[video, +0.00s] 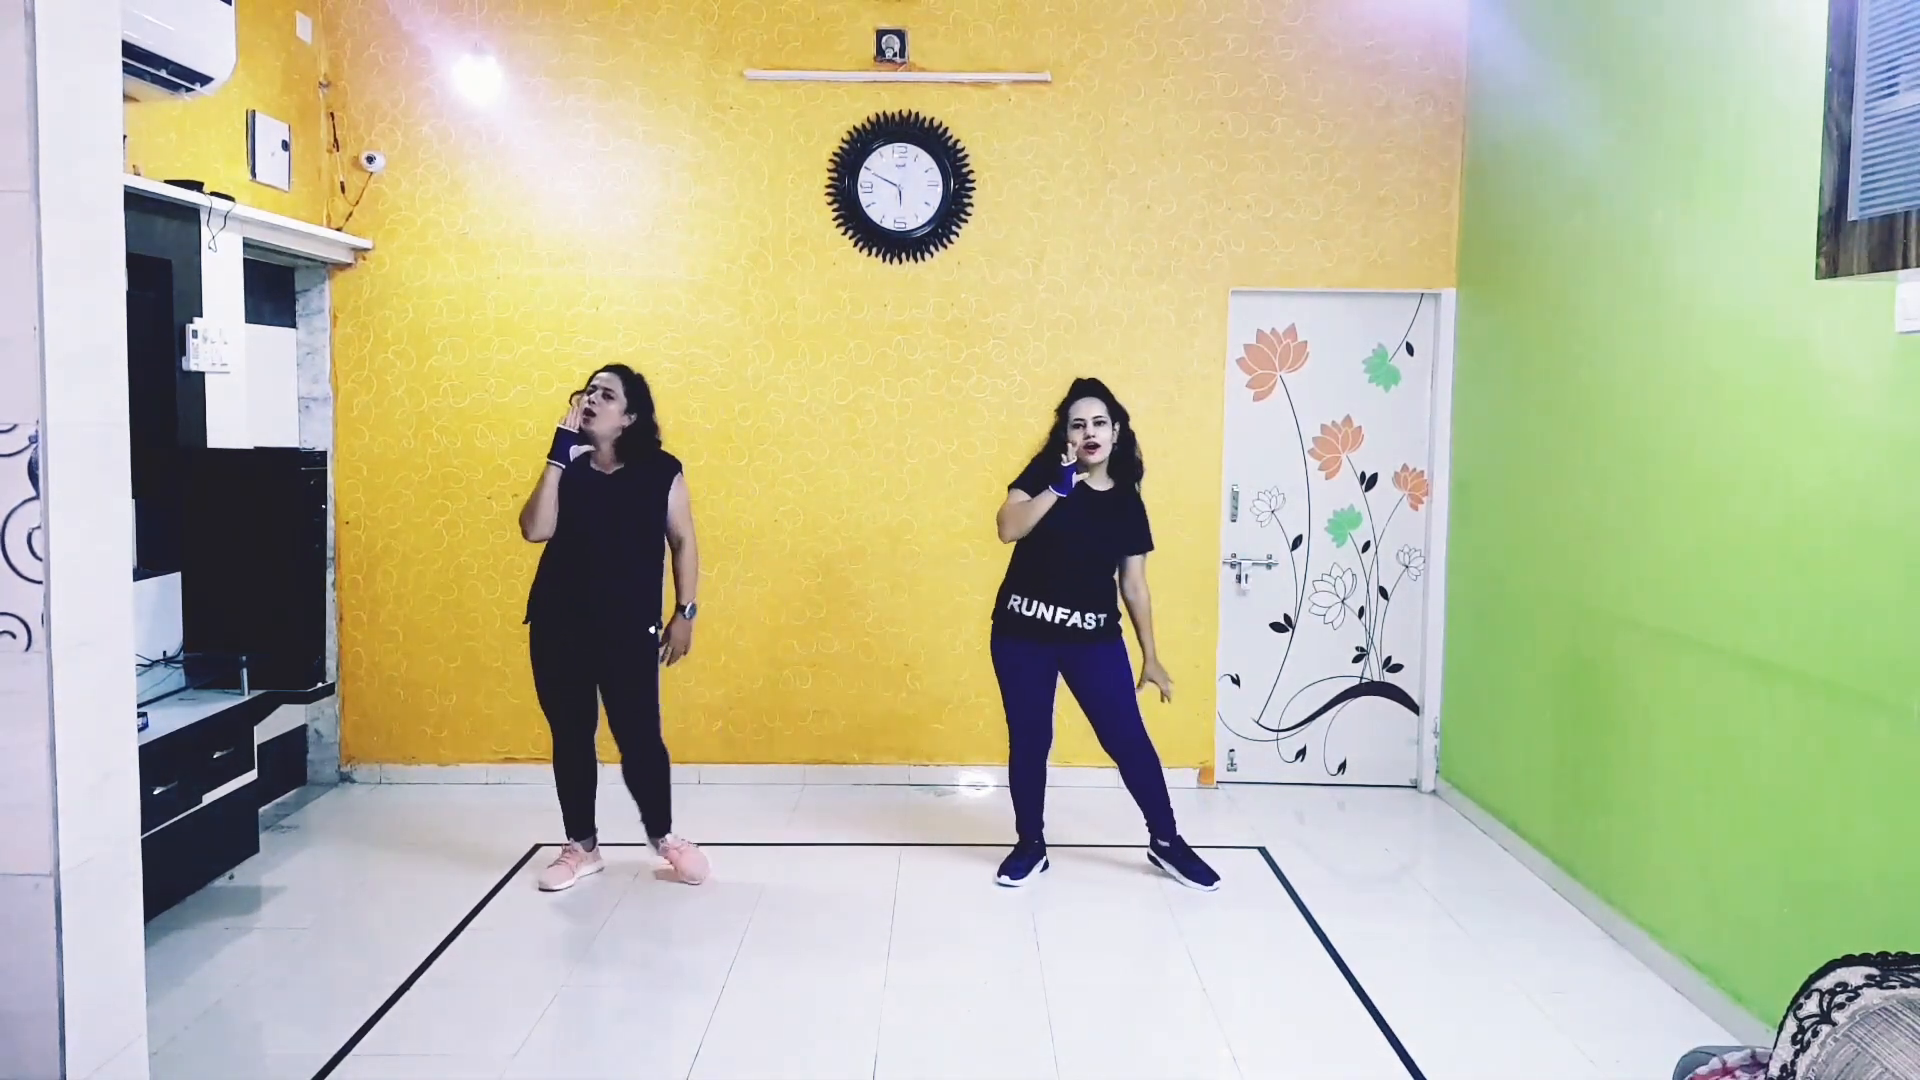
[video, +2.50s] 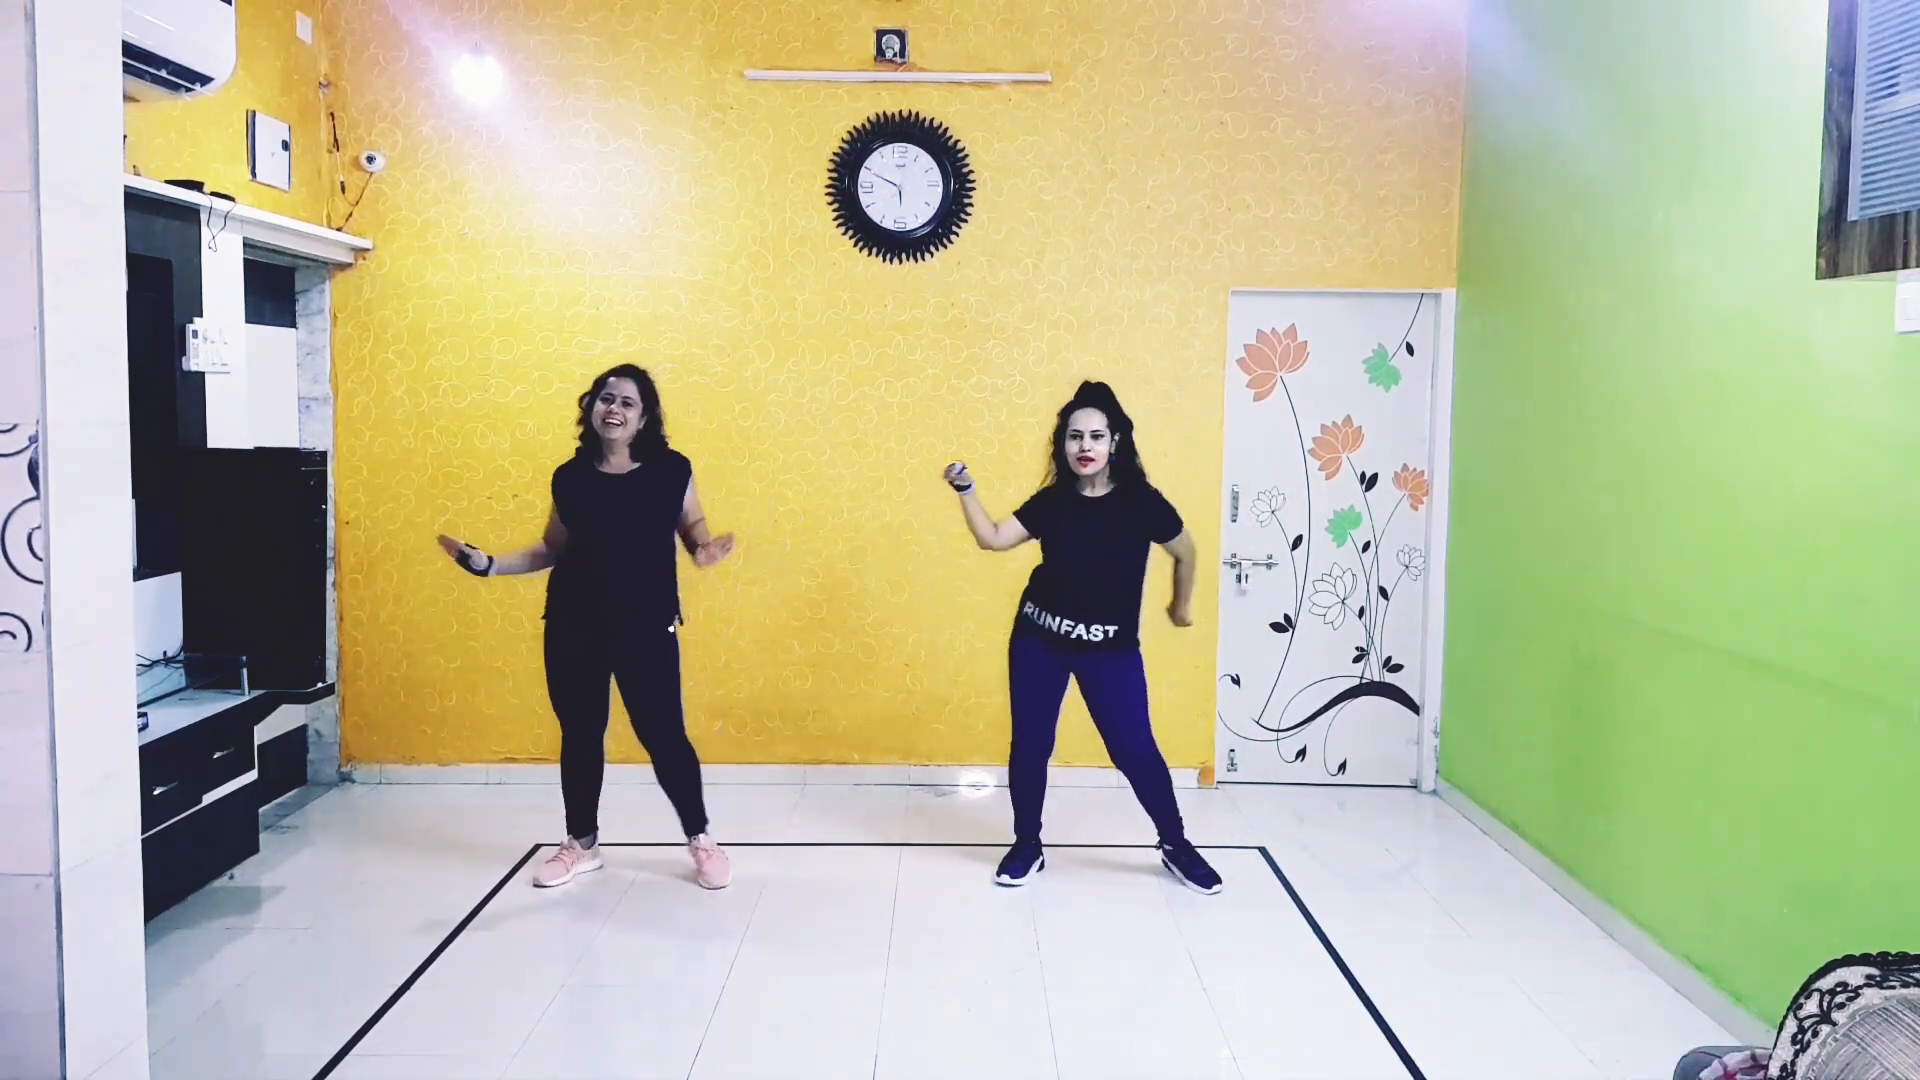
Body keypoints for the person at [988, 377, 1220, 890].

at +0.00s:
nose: (1089, 432)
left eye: (1100, 422)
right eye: (1078, 423)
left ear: (1117, 430)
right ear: (1064, 432)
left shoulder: (1126, 501)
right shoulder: (1043, 473)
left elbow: (1134, 584)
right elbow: (1007, 528)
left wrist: (1150, 656)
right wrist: (1062, 483)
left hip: (1093, 636)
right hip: (1023, 630)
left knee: (1129, 741)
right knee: (1028, 741)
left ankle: (1166, 839)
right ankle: (1030, 843)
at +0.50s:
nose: (1138, 437)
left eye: (1149, 426)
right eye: (1128, 429)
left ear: (1172, 433)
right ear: (1118, 439)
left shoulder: (1194, 505)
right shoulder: (1110, 488)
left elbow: (1207, 587)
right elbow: (1071, 544)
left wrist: (1218, 662)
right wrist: (1109, 489)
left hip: (1159, 648)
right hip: (1089, 637)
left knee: (1171, 753)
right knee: (1062, 743)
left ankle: (1191, 843)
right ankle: (1032, 842)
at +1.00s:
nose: (1151, 435)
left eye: (1161, 425)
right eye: (1140, 426)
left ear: (1181, 432)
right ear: (1129, 437)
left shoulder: (1211, 485)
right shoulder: (1125, 491)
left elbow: (1252, 560)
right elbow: (1101, 568)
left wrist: (1279, 627)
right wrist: (1132, 517)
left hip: (1206, 642)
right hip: (1134, 638)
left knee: (1202, 754)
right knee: (1090, 742)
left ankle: (1194, 844)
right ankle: (1043, 839)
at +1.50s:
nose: (1109, 440)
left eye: (1116, 433)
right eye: (1099, 428)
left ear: (1120, 442)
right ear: (1071, 430)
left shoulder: (1116, 495)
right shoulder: (1040, 498)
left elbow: (1171, 534)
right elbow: (1021, 574)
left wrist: (1206, 473)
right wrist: (1042, 639)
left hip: (1141, 639)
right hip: (1074, 645)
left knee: (1171, 741)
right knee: (1057, 755)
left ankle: (1192, 841)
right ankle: (1028, 844)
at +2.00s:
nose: (1090, 446)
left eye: (1099, 435)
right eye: (1078, 435)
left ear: (1109, 442)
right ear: (1056, 440)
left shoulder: (1096, 505)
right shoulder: (1030, 484)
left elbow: (1101, 580)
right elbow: (969, 524)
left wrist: (1136, 540)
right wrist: (940, 586)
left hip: (1081, 641)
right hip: (1021, 640)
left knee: (1122, 743)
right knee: (1033, 751)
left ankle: (1162, 842)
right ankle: (1027, 844)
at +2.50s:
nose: (1084, 446)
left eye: (1095, 437)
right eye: (1074, 436)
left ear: (1115, 444)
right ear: (1062, 444)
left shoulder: (1140, 501)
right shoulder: (1055, 500)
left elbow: (1186, 553)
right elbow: (992, 537)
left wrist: (1180, 606)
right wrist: (966, 491)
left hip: (1109, 646)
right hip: (1041, 638)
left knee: (1136, 752)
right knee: (1030, 745)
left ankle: (1175, 843)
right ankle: (1027, 843)